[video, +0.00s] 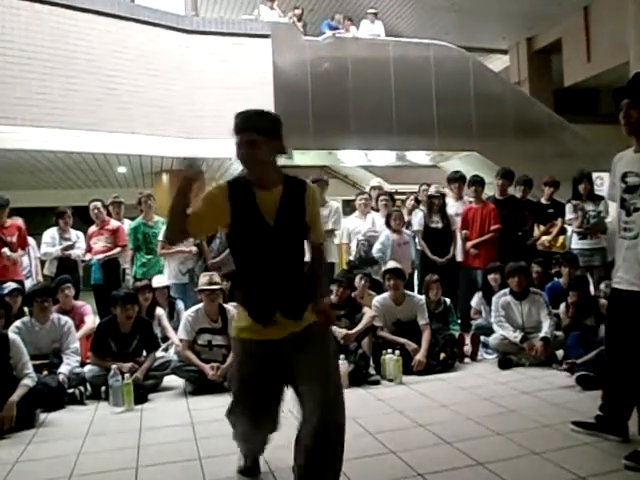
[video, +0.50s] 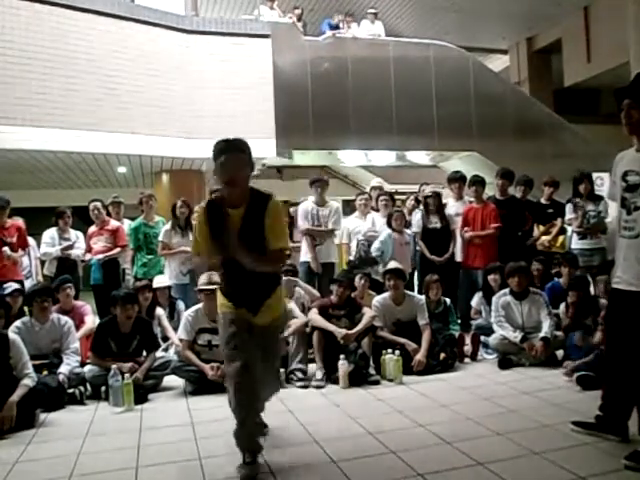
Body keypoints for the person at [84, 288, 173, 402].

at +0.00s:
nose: (129, 311)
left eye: (133, 306)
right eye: (124, 307)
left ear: (137, 308)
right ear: (114, 310)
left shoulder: (144, 324)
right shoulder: (104, 327)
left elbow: (153, 352)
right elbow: (94, 358)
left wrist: (141, 372)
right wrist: (120, 366)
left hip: (137, 365)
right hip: (112, 367)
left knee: (168, 361)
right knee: (89, 372)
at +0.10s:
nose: (129, 311)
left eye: (132, 306)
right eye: (124, 307)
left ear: (137, 308)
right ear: (114, 310)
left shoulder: (144, 324)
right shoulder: (104, 327)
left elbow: (153, 352)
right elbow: (94, 358)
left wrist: (141, 372)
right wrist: (120, 366)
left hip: (137, 365)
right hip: (112, 367)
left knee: (168, 361)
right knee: (89, 372)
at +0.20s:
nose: (129, 311)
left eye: (132, 306)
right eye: (124, 307)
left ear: (137, 308)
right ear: (114, 310)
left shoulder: (144, 324)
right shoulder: (104, 327)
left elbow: (153, 352)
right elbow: (94, 358)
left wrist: (141, 372)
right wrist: (119, 366)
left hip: (137, 365)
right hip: (112, 367)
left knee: (168, 361)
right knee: (89, 372)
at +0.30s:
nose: (129, 311)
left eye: (133, 306)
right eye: (124, 307)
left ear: (137, 308)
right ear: (114, 310)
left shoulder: (144, 324)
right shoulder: (104, 327)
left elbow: (153, 352)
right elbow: (94, 359)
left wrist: (141, 372)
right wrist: (119, 366)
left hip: (137, 365)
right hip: (112, 367)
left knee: (168, 361)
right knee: (89, 372)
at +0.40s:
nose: (129, 311)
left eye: (133, 306)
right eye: (124, 306)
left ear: (137, 308)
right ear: (114, 310)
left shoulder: (144, 324)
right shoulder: (104, 327)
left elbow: (153, 352)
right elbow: (94, 359)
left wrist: (141, 372)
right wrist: (119, 366)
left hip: (137, 365)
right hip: (112, 367)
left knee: (168, 361)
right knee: (89, 372)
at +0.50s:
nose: (129, 311)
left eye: (133, 306)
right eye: (124, 307)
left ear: (137, 308)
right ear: (114, 310)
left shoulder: (144, 324)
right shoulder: (104, 327)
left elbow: (153, 352)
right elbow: (94, 359)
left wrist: (141, 372)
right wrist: (120, 366)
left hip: (137, 365)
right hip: (112, 367)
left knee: (168, 361)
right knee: (89, 372)